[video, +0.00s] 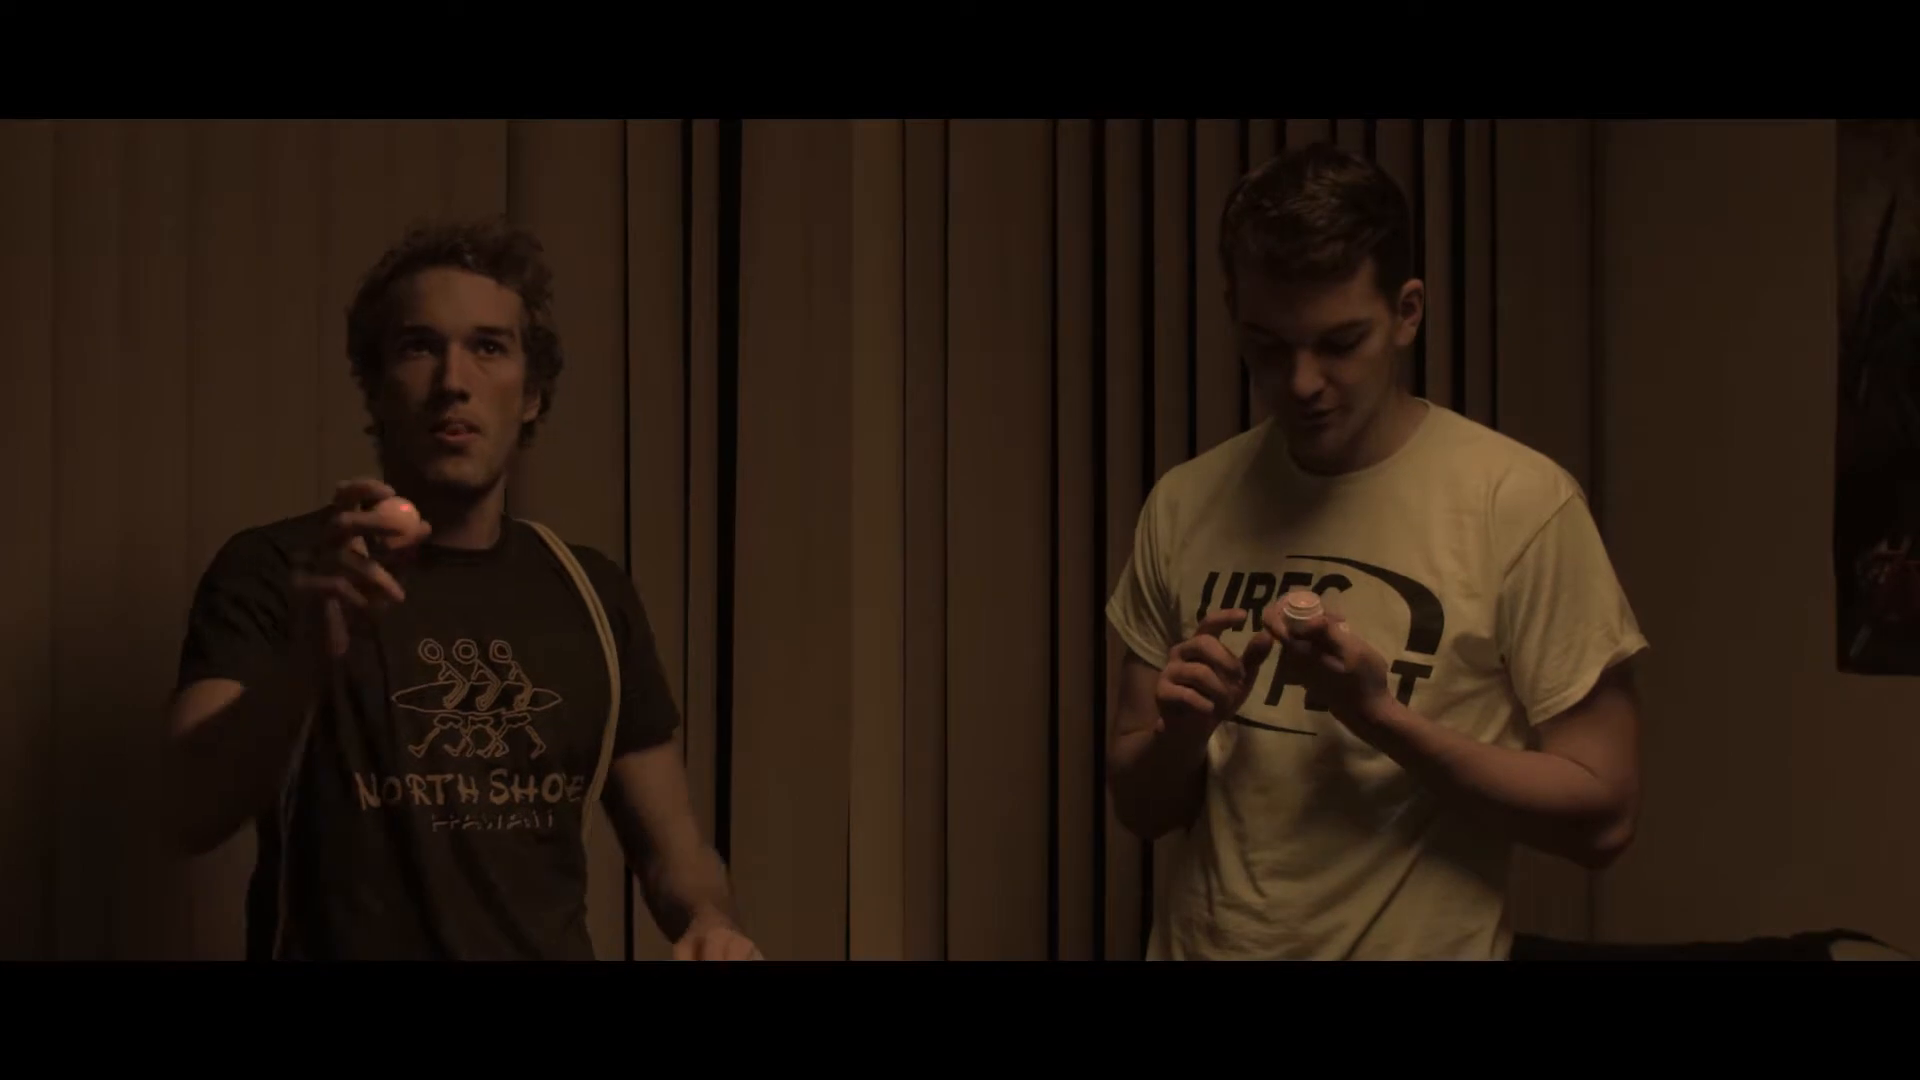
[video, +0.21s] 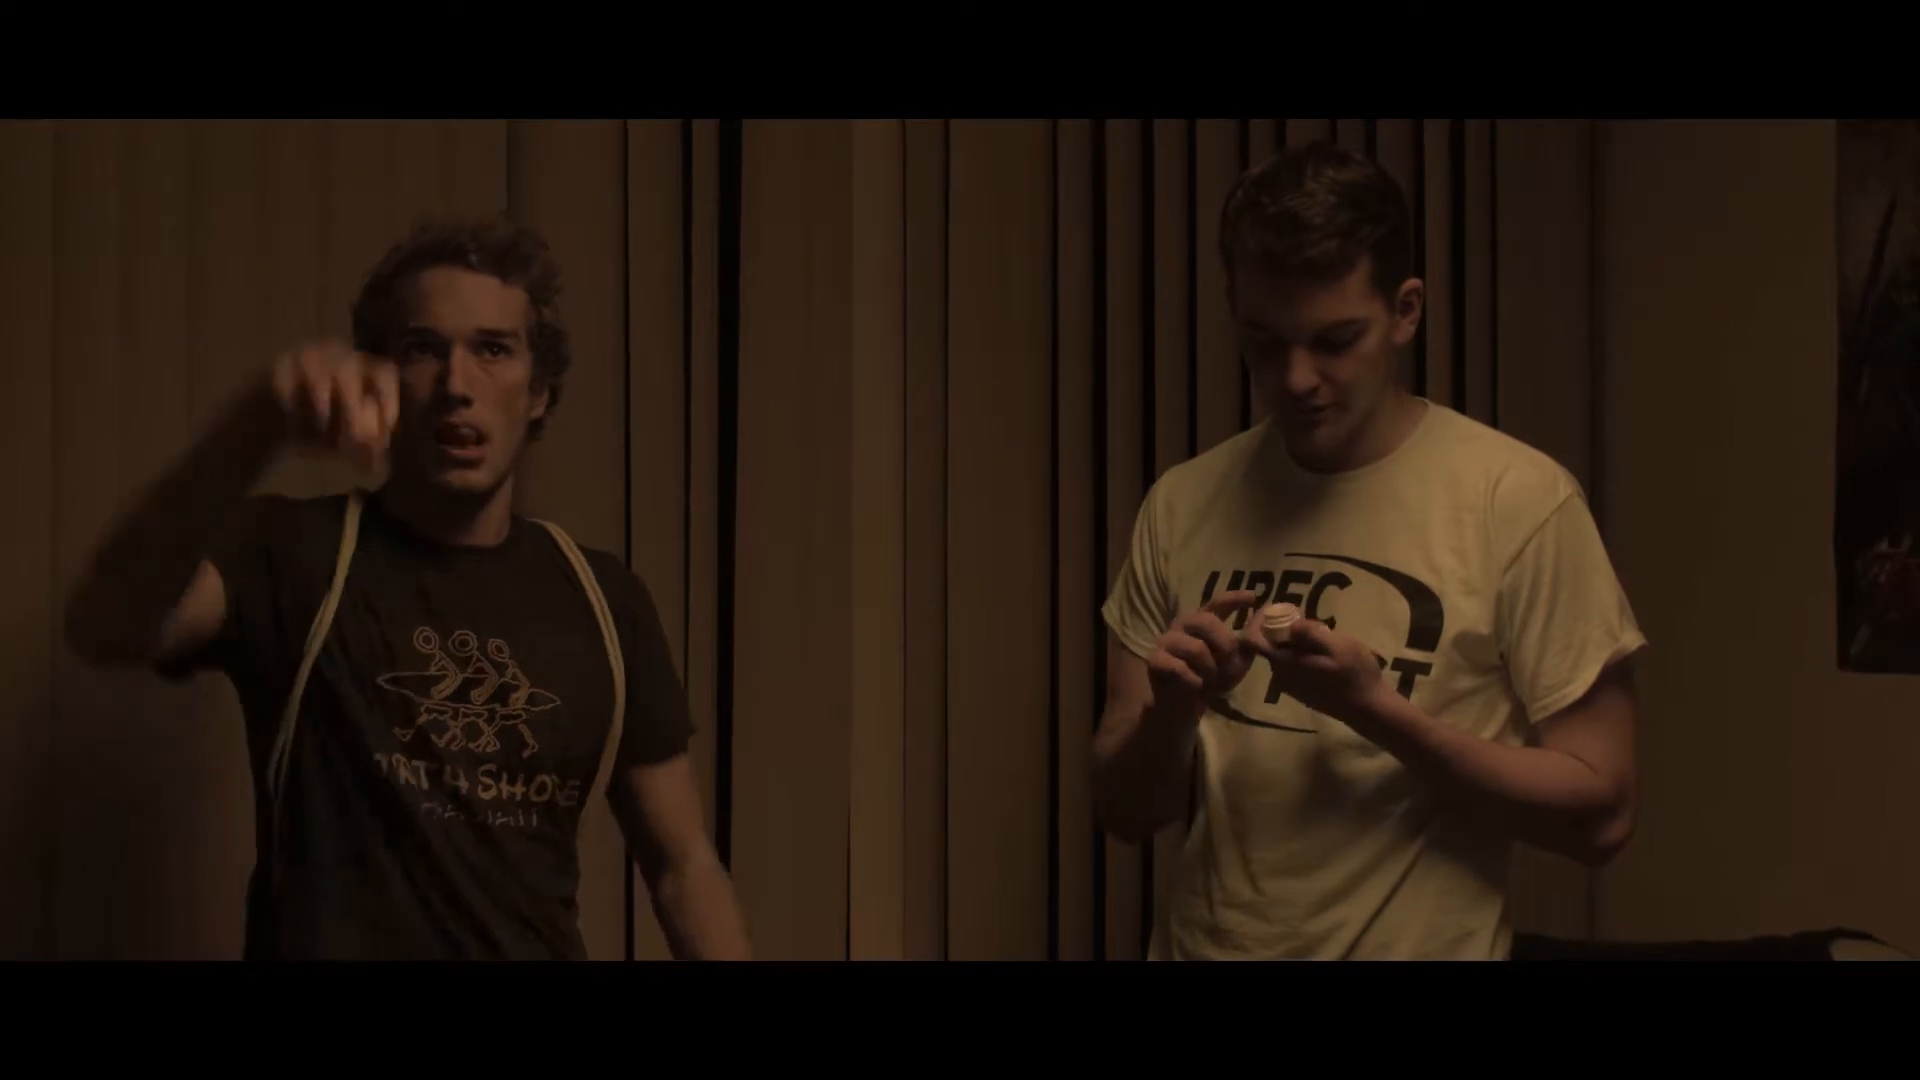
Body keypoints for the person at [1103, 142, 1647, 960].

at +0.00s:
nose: (1304, 385)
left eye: (1341, 343)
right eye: (1270, 347)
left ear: (1408, 312)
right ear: (1239, 325)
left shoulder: (1519, 505)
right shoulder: (1182, 506)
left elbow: (1603, 814)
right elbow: (1140, 811)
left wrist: (1383, 715)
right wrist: (1184, 731)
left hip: (1421, 946)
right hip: (1203, 946)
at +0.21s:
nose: (1299, 380)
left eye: (1337, 341)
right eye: (1266, 343)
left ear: (1407, 310)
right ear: (1238, 320)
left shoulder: (1519, 504)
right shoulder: (1180, 506)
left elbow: (1600, 811)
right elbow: (1125, 813)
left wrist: (1376, 707)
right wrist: (1173, 715)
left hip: (1423, 947)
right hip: (1204, 945)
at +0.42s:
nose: (1293, 373)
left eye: (1332, 336)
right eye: (1264, 336)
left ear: (1405, 307)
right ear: (1238, 313)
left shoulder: (1518, 499)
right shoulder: (1175, 503)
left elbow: (1599, 809)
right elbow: (1115, 812)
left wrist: (1379, 698)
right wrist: (1161, 710)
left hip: (1422, 946)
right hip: (1201, 945)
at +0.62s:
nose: (1287, 368)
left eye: (1328, 332)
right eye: (1260, 329)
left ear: (1403, 307)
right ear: (1236, 305)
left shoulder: (1515, 494)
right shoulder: (1171, 499)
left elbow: (1597, 801)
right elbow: (1101, 806)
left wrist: (1388, 697)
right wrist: (1151, 708)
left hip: (1420, 945)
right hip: (1197, 944)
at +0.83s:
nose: (1286, 365)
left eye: (1328, 331)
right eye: (1260, 327)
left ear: (1403, 309)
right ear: (1237, 306)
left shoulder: (1515, 493)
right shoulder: (1168, 498)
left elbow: (1597, 799)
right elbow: (1095, 805)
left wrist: (1390, 692)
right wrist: (1148, 711)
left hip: (1418, 945)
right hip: (1195, 943)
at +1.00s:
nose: (1287, 365)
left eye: (1328, 331)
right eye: (1260, 327)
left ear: (1403, 311)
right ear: (1237, 306)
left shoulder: (1515, 492)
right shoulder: (1167, 497)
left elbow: (1597, 797)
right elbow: (1091, 802)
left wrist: (1393, 693)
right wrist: (1144, 713)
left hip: (1417, 945)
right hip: (1194, 943)